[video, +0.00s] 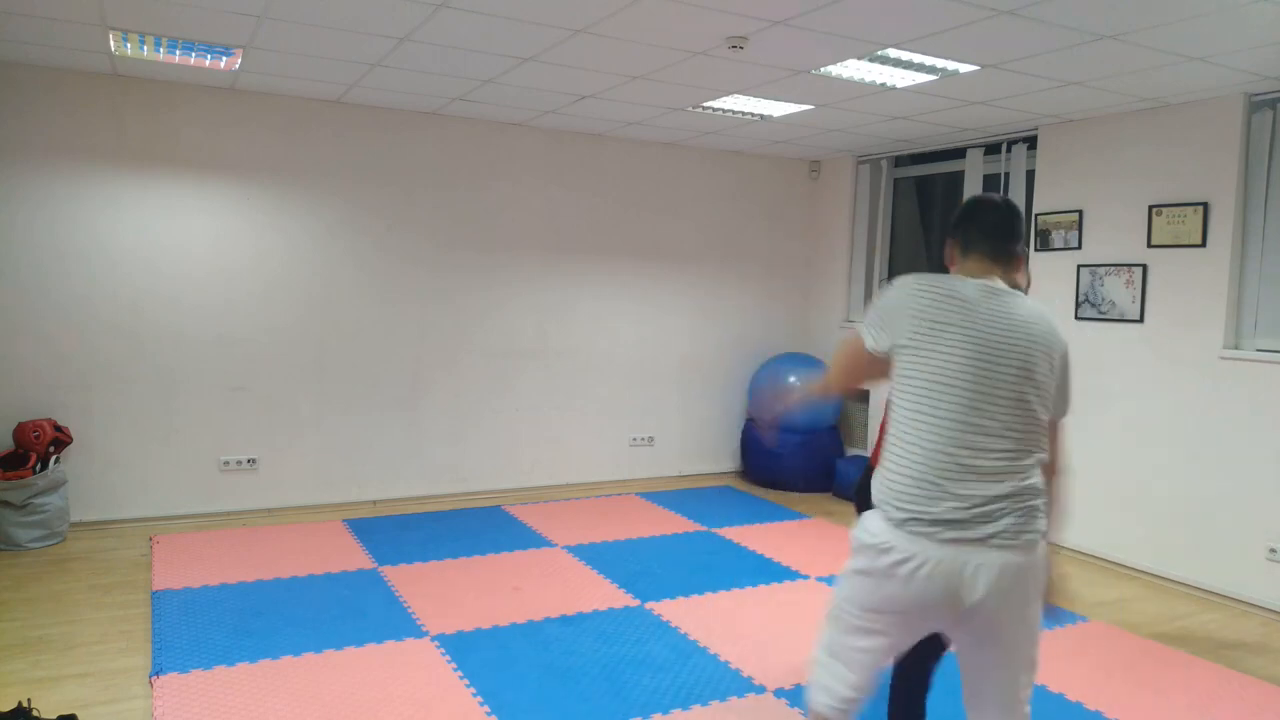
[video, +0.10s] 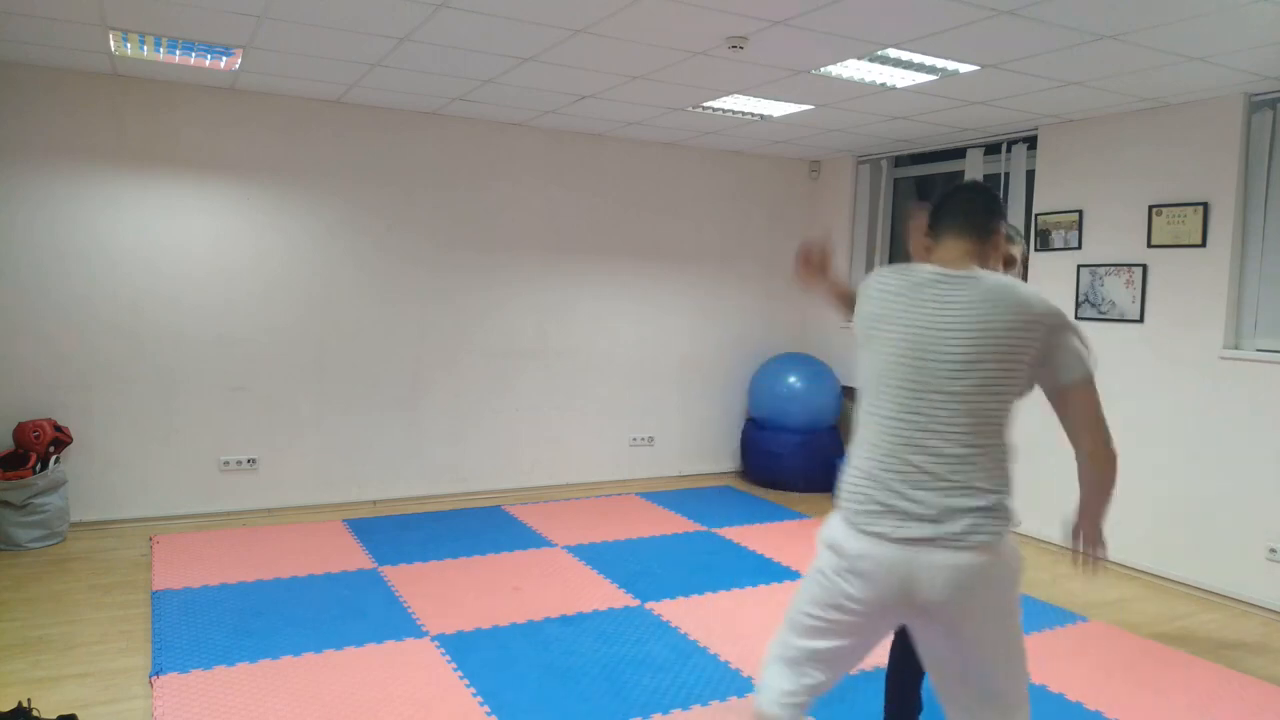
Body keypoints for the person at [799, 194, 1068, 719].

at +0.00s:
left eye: (946, 252)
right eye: (1027, 260)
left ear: (950, 252)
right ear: (1021, 261)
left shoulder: (909, 297)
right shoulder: (1047, 332)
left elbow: (842, 377)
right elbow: (1049, 460)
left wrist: (796, 397)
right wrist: (1045, 550)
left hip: (901, 564)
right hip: (1009, 573)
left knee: (831, 704)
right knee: (1003, 713)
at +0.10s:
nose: (1004, 254)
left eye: (919, 233)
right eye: (1005, 242)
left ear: (927, 237)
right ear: (997, 242)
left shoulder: (877, 288)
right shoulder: (1032, 314)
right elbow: (1096, 448)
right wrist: (1090, 519)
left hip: (861, 557)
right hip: (968, 569)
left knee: (779, 698)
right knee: (997, 713)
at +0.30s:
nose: (962, 232)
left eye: (962, 222)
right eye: (964, 219)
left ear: (887, 203)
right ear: (957, 215)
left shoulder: (813, 257)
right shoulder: (953, 296)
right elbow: (975, 403)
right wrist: (996, 298)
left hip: (759, 520)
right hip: (851, 546)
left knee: (752, 707)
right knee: (947, 710)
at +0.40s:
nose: (935, 230)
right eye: (933, 218)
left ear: (856, 201)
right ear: (923, 219)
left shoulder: (773, 270)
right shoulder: (917, 295)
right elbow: (947, 338)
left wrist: (872, 481)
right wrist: (945, 242)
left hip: (717, 537)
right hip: (807, 564)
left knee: (736, 701)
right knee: (908, 706)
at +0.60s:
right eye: (882, 231)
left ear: (798, 220)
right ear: (873, 232)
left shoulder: (722, 286)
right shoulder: (880, 312)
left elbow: (694, 409)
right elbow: (874, 479)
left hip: (664, 555)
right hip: (753, 582)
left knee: (706, 708)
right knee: (758, 709)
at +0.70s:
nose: (874, 276)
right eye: (880, 263)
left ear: (797, 245)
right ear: (874, 261)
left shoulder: (711, 306)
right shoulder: (855, 348)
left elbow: (657, 439)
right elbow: (832, 538)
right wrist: (863, 512)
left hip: (635, 568)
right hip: (722, 598)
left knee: (702, 708)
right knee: (760, 710)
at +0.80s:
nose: (873, 280)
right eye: (878, 268)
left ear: (798, 244)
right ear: (870, 267)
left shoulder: (707, 305)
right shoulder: (833, 346)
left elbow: (599, 402)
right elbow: (773, 523)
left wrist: (689, 443)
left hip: (621, 559)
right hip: (706, 590)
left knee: (671, 708)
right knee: (750, 709)